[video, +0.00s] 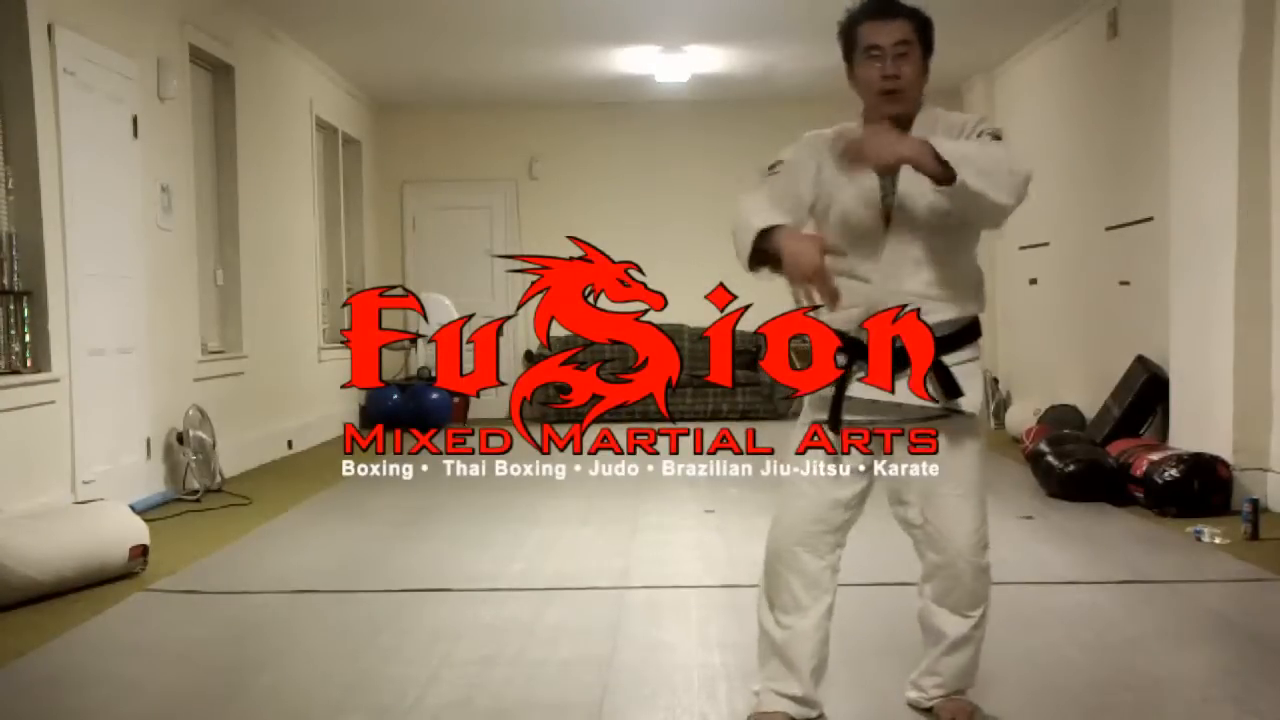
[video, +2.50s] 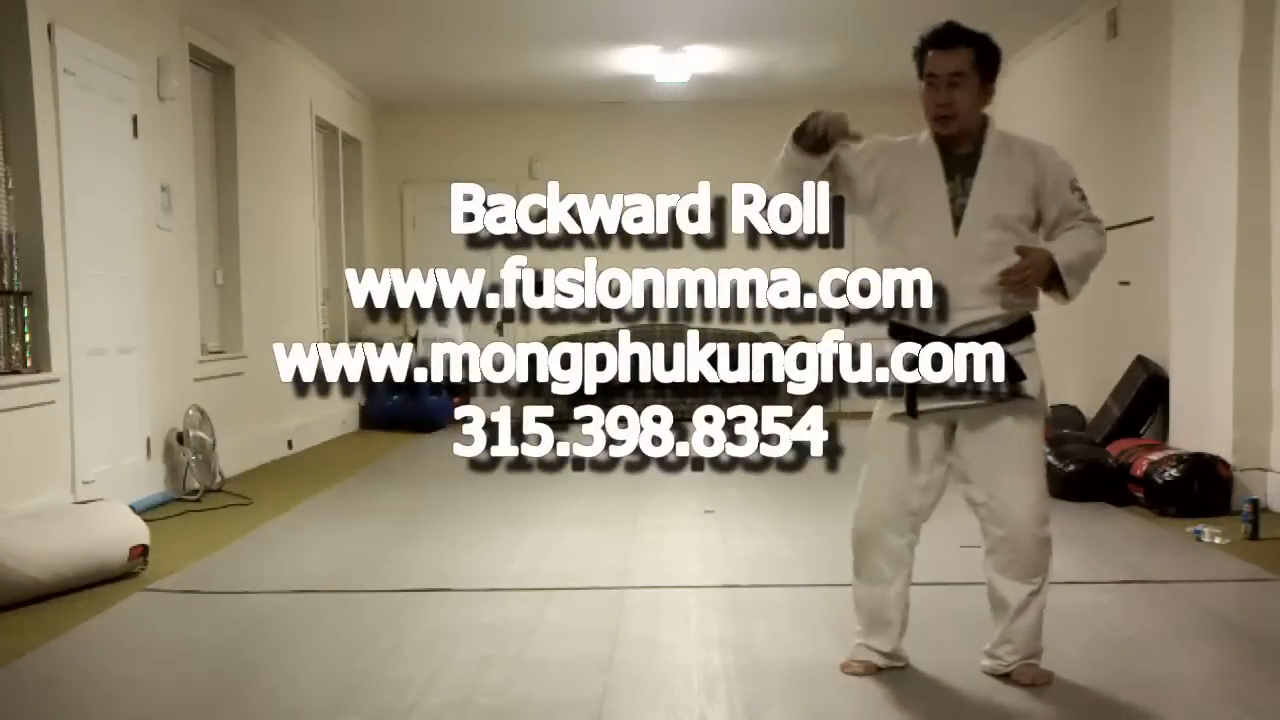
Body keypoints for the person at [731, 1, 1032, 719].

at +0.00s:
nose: (890, 67)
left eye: (903, 52)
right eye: (873, 55)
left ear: (926, 63)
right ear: (850, 70)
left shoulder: (963, 135)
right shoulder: (818, 149)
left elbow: (1007, 190)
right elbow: (751, 208)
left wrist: (915, 153)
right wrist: (781, 240)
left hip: (941, 369)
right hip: (836, 370)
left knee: (959, 549)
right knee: (796, 542)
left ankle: (944, 694)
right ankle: (785, 701)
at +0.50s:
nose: (968, 64)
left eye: (976, 50)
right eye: (949, 52)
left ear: (987, 63)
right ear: (912, 69)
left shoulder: (1014, 144)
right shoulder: (865, 149)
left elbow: (1070, 206)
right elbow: (788, 215)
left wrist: (995, 168)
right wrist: (830, 210)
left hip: (972, 362)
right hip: (874, 362)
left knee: (975, 545)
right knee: (827, 531)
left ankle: (947, 688)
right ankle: (807, 680)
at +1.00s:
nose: (947, 76)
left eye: (956, 63)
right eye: (928, 64)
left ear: (968, 74)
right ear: (894, 79)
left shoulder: (997, 153)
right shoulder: (850, 158)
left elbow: (1053, 225)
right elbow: (781, 229)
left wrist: (978, 202)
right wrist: (826, 218)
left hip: (960, 363)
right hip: (866, 365)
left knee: (970, 537)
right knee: (842, 521)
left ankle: (951, 678)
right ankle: (866, 641)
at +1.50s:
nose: (893, 95)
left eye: (900, 82)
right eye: (875, 85)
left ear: (912, 91)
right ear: (843, 103)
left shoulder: (948, 164)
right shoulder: (808, 178)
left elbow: (996, 238)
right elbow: (747, 243)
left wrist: (919, 234)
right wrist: (785, 246)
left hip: (923, 366)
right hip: (840, 370)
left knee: (939, 516)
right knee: (841, 521)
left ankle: (944, 654)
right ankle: (870, 644)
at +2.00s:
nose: (887, 93)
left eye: (900, 80)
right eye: (872, 81)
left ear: (919, 92)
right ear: (850, 96)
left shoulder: (962, 165)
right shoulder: (817, 180)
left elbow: (1037, 222)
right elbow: (765, 237)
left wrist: (985, 262)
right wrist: (762, 241)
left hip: (939, 366)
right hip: (850, 371)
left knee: (975, 517)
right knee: (845, 517)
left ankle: (1010, 649)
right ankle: (871, 643)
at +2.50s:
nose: (941, 96)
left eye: (957, 82)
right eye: (931, 82)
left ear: (987, 88)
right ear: (918, 88)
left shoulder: (1035, 162)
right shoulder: (880, 160)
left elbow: (1085, 233)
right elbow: (790, 191)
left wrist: (1053, 260)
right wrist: (810, 146)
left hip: (1000, 369)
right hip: (907, 371)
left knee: (1022, 523)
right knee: (880, 518)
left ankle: (1015, 654)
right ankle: (877, 642)